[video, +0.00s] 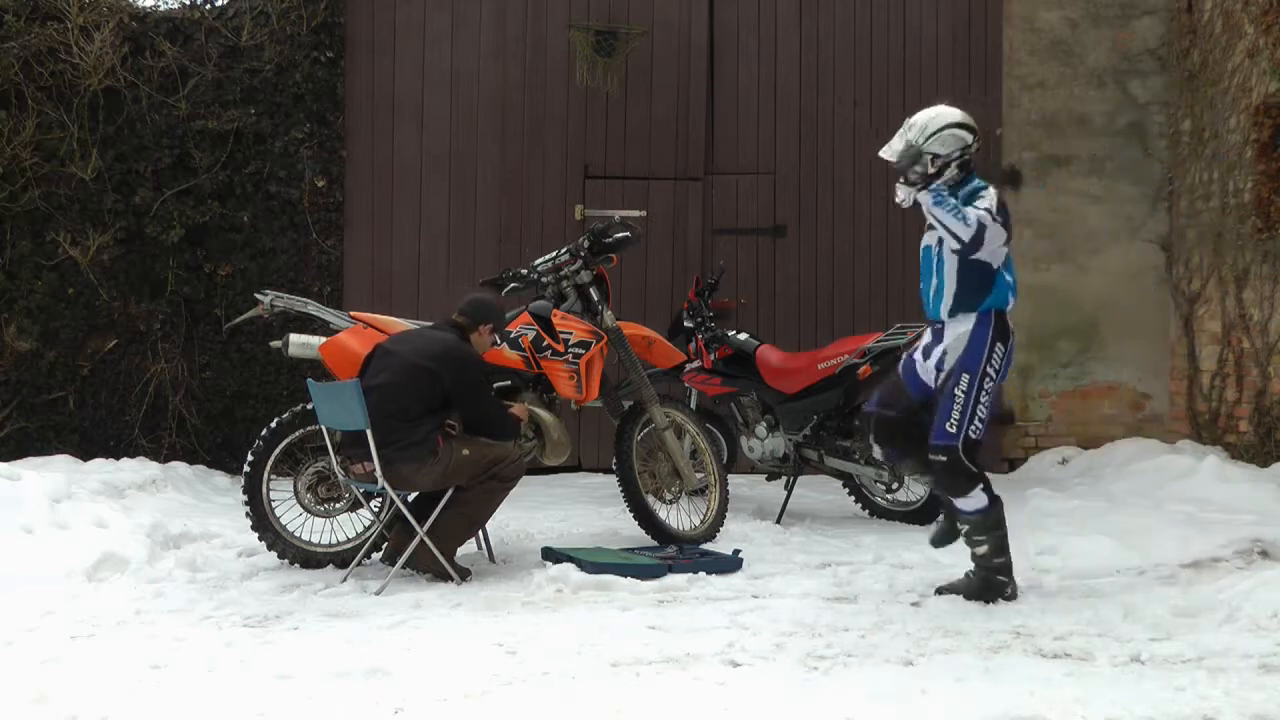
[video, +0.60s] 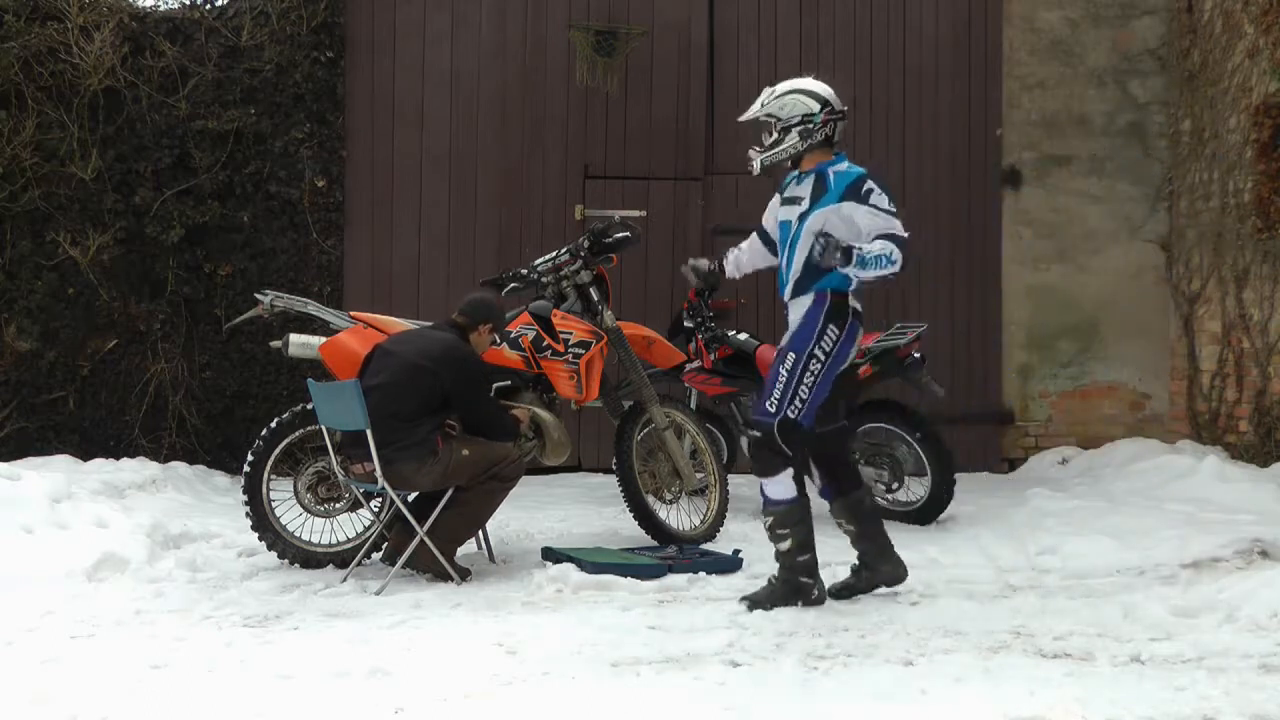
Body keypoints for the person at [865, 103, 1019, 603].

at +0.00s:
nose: (906, 174)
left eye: (913, 165)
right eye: (907, 166)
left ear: (941, 160)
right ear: (942, 161)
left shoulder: (981, 196)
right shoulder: (945, 201)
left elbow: (974, 241)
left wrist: (926, 194)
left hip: (981, 335)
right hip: (941, 331)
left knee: (949, 455)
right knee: (885, 419)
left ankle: (994, 571)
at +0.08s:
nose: (887, 157)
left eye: (895, 147)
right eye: (886, 148)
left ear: (926, 145)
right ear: (918, 148)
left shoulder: (956, 194)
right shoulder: (917, 191)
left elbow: (934, 218)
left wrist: (869, 208)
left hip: (958, 328)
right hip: (919, 323)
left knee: (943, 447)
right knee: (862, 406)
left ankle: (993, 571)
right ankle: (916, 511)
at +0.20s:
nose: (856, 151)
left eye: (863, 140)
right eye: (856, 141)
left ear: (892, 136)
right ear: (897, 139)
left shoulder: (919, 181)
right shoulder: (918, 184)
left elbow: (906, 253)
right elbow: (971, 250)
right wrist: (920, 286)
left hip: (915, 326)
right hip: (883, 324)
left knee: (901, 444)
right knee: (854, 434)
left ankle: (980, 555)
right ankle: (881, 562)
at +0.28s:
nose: (837, 164)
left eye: (844, 154)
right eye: (838, 155)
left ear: (873, 152)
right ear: (875, 154)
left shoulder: (903, 198)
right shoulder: (883, 201)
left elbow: (905, 279)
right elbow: (885, 280)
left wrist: (884, 350)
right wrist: (857, 344)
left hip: (890, 348)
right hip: (867, 342)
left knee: (846, 453)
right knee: (839, 449)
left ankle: (951, 528)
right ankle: (882, 565)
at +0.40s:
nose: (807, 171)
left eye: (812, 159)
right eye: (807, 161)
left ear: (837, 151)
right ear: (845, 152)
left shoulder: (885, 192)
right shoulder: (855, 200)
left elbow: (909, 273)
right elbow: (846, 259)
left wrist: (896, 342)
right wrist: (813, 202)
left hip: (872, 332)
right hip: (851, 329)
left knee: (779, 421)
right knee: (849, 445)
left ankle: (862, 476)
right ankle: (881, 563)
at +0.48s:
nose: (788, 153)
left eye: (793, 141)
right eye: (788, 143)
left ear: (819, 135)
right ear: (827, 137)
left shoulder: (872, 181)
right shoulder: (831, 195)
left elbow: (908, 255)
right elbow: (807, 228)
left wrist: (881, 313)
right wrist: (757, 203)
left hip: (859, 319)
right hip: (836, 320)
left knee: (762, 408)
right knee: (850, 439)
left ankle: (831, 515)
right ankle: (883, 560)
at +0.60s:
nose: (765, 139)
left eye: (774, 128)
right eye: (765, 129)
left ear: (806, 128)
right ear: (802, 131)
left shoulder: (851, 182)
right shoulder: (789, 192)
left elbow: (891, 250)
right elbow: (764, 245)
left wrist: (848, 265)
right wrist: (720, 267)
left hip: (829, 317)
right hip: (803, 318)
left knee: (768, 434)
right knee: (823, 440)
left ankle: (797, 575)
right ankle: (878, 558)